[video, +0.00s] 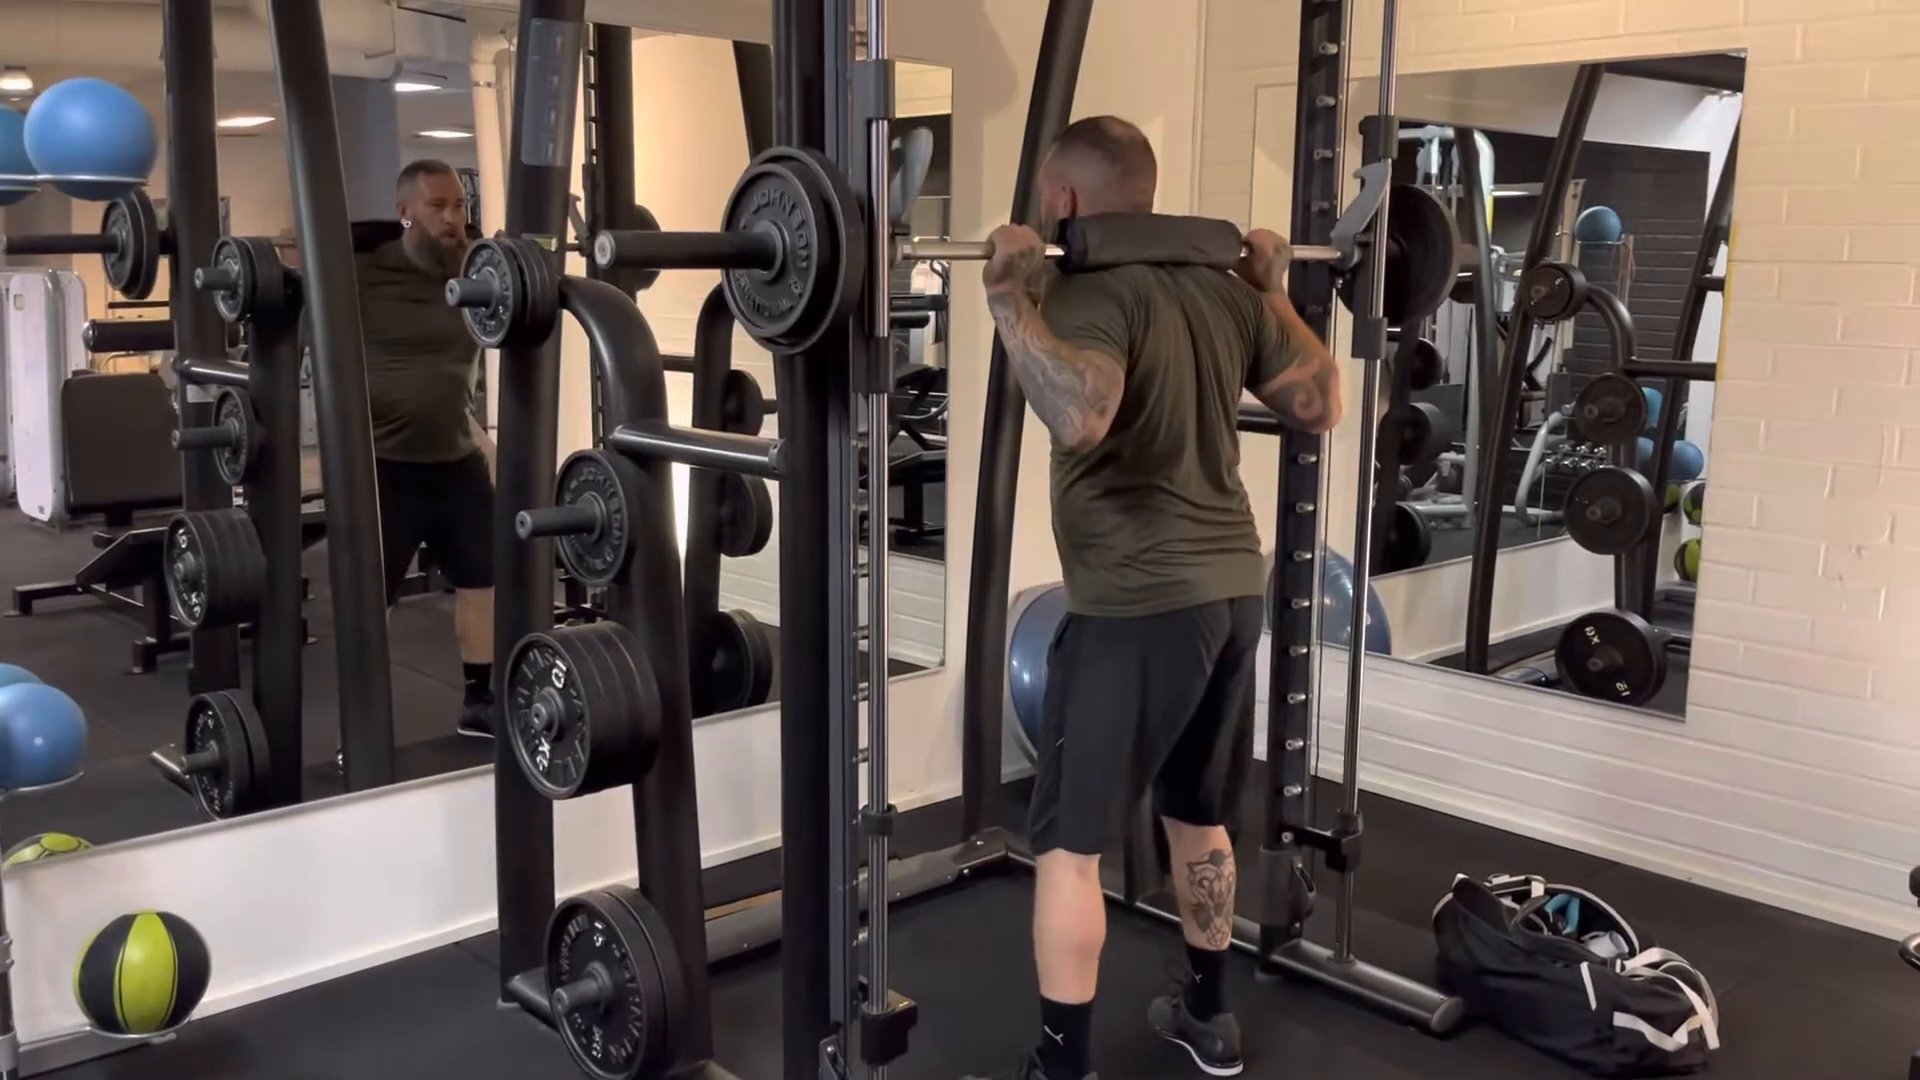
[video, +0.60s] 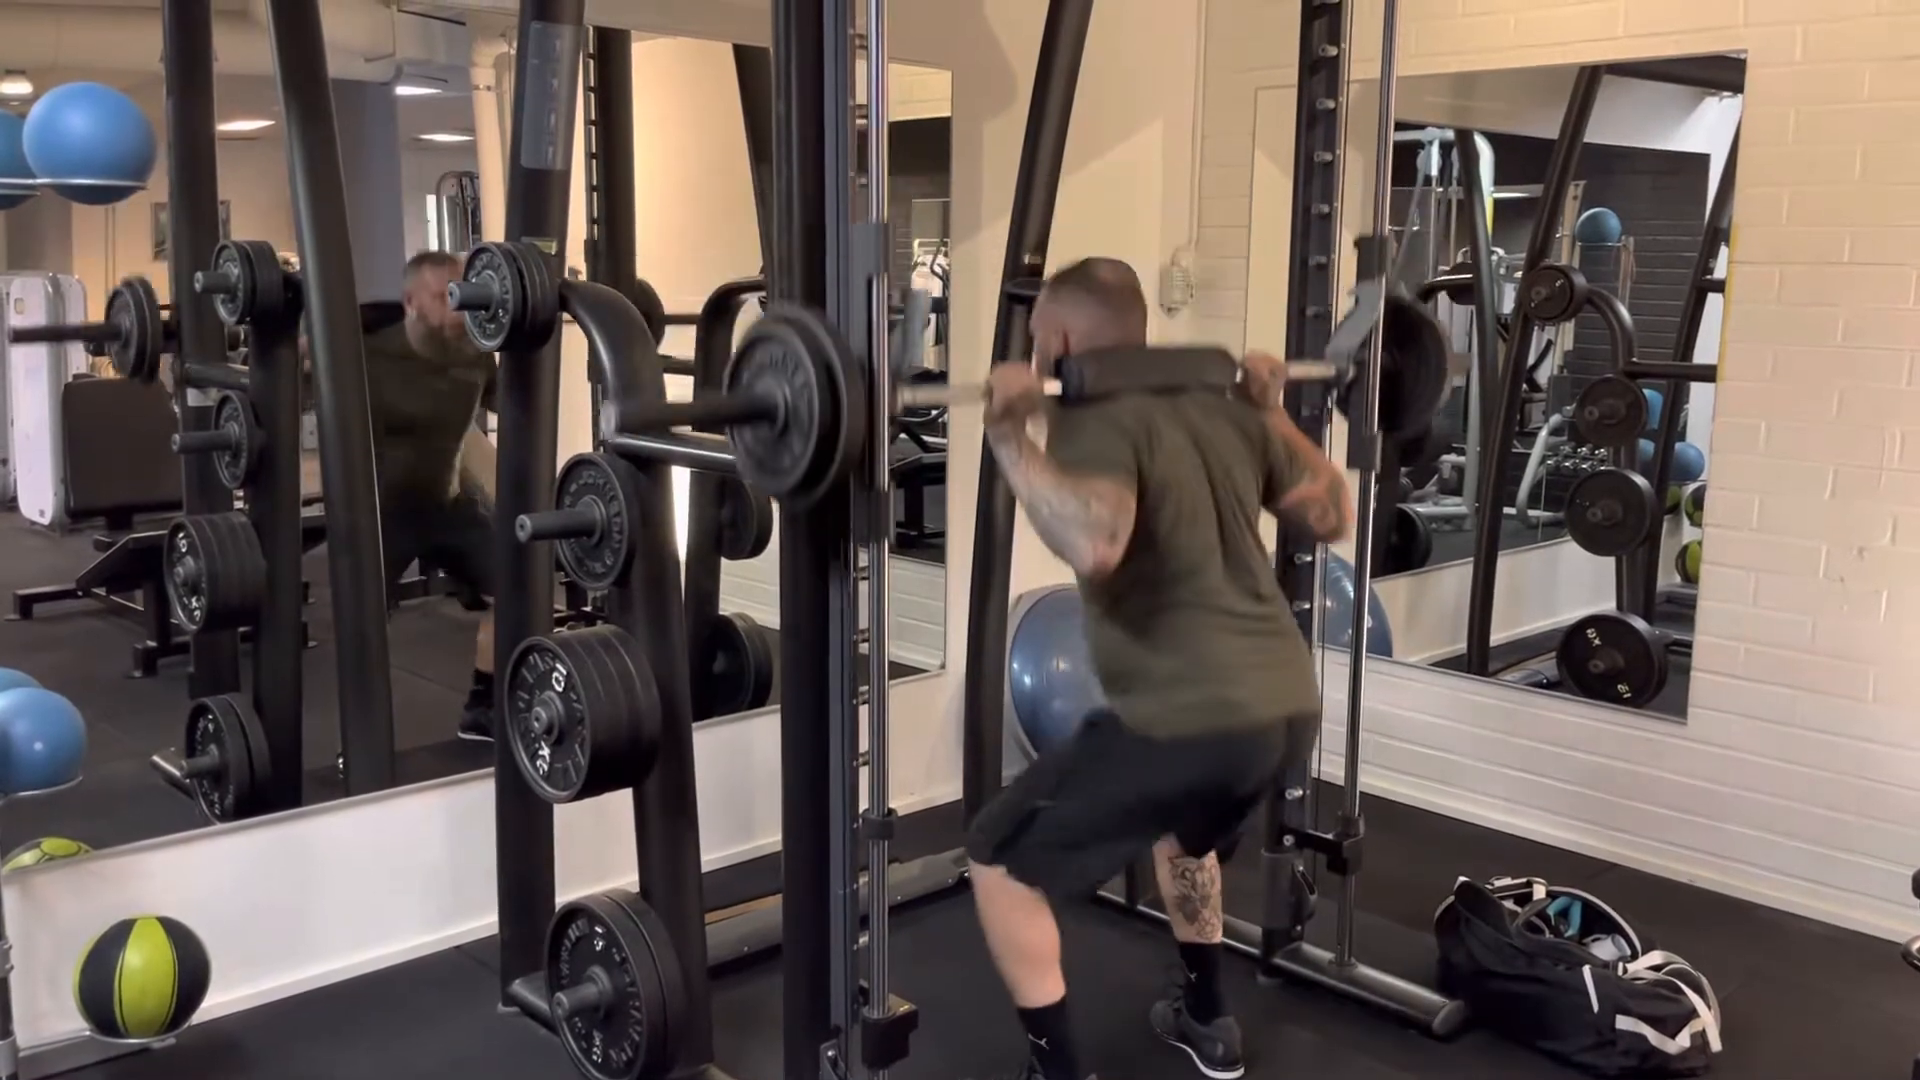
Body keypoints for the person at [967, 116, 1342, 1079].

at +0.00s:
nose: (1042, 214)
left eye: (1044, 199)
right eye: (1045, 200)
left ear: (1067, 195)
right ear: (1147, 191)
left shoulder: (1095, 283)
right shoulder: (1225, 281)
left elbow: (1081, 414)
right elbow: (1315, 402)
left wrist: (1009, 291)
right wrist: (1273, 293)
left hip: (1135, 604)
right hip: (1234, 592)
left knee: (1072, 840)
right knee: (1197, 806)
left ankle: (1061, 1065)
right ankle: (1209, 1016)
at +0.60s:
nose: (1039, 356)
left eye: (1043, 339)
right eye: (1038, 340)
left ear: (1069, 339)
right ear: (1136, 329)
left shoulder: (1099, 415)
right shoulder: (1227, 407)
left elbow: (1095, 541)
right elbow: (1333, 513)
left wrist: (1008, 434)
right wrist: (1271, 409)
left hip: (1183, 722)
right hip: (1284, 708)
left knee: (1001, 861)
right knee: (1184, 834)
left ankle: (1057, 1065)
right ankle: (1210, 1020)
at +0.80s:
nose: (1030, 457)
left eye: (1033, 442)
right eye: (1029, 442)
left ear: (1057, 453)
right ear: (1135, 439)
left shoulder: (1098, 531)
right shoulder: (1230, 519)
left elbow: (1094, 658)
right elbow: (1336, 614)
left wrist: (1009, 553)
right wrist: (1270, 512)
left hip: (1198, 830)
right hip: (1297, 817)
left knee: (977, 864)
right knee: (1148, 817)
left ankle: (1055, 1065)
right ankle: (1207, 1018)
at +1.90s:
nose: (1037, 330)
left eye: (1041, 314)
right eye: (1039, 314)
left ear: (1064, 315)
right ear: (1138, 310)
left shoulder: (1090, 399)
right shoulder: (1218, 393)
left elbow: (1079, 533)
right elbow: (1320, 504)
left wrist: (1005, 426)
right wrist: (1267, 401)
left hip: (1170, 706)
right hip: (1265, 693)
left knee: (1002, 858)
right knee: (1172, 832)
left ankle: (1052, 1066)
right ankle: (1201, 1022)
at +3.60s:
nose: (1029, 473)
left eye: (1031, 460)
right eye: (1027, 460)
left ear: (1051, 468)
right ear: (1128, 452)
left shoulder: (1092, 540)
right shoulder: (1221, 529)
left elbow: (1089, 668)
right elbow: (1329, 631)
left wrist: (1003, 563)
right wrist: (1264, 526)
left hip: (1197, 845)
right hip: (1294, 829)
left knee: (973, 884)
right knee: (1135, 830)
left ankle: (1043, 1069)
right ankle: (1200, 1036)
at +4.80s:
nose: (1037, 345)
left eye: (1040, 329)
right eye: (1039, 330)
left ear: (1063, 330)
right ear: (1139, 324)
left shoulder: (1092, 412)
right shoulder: (1218, 405)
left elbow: (1082, 543)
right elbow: (1320, 522)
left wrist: (1005, 435)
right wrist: (1267, 415)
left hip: (1183, 717)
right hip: (1278, 703)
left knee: (1010, 875)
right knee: (1177, 850)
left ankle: (1051, 1070)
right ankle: (1204, 1042)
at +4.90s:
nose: (1043, 301)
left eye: (1046, 286)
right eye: (1044, 287)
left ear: (1069, 284)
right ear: (1141, 277)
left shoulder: (1091, 369)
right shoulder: (1217, 360)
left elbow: (1079, 497)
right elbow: (1316, 482)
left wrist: (1008, 393)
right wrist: (1267, 372)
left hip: (1161, 680)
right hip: (1261, 667)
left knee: (1025, 871)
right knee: (1183, 840)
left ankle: (1052, 1070)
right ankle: (1202, 1041)